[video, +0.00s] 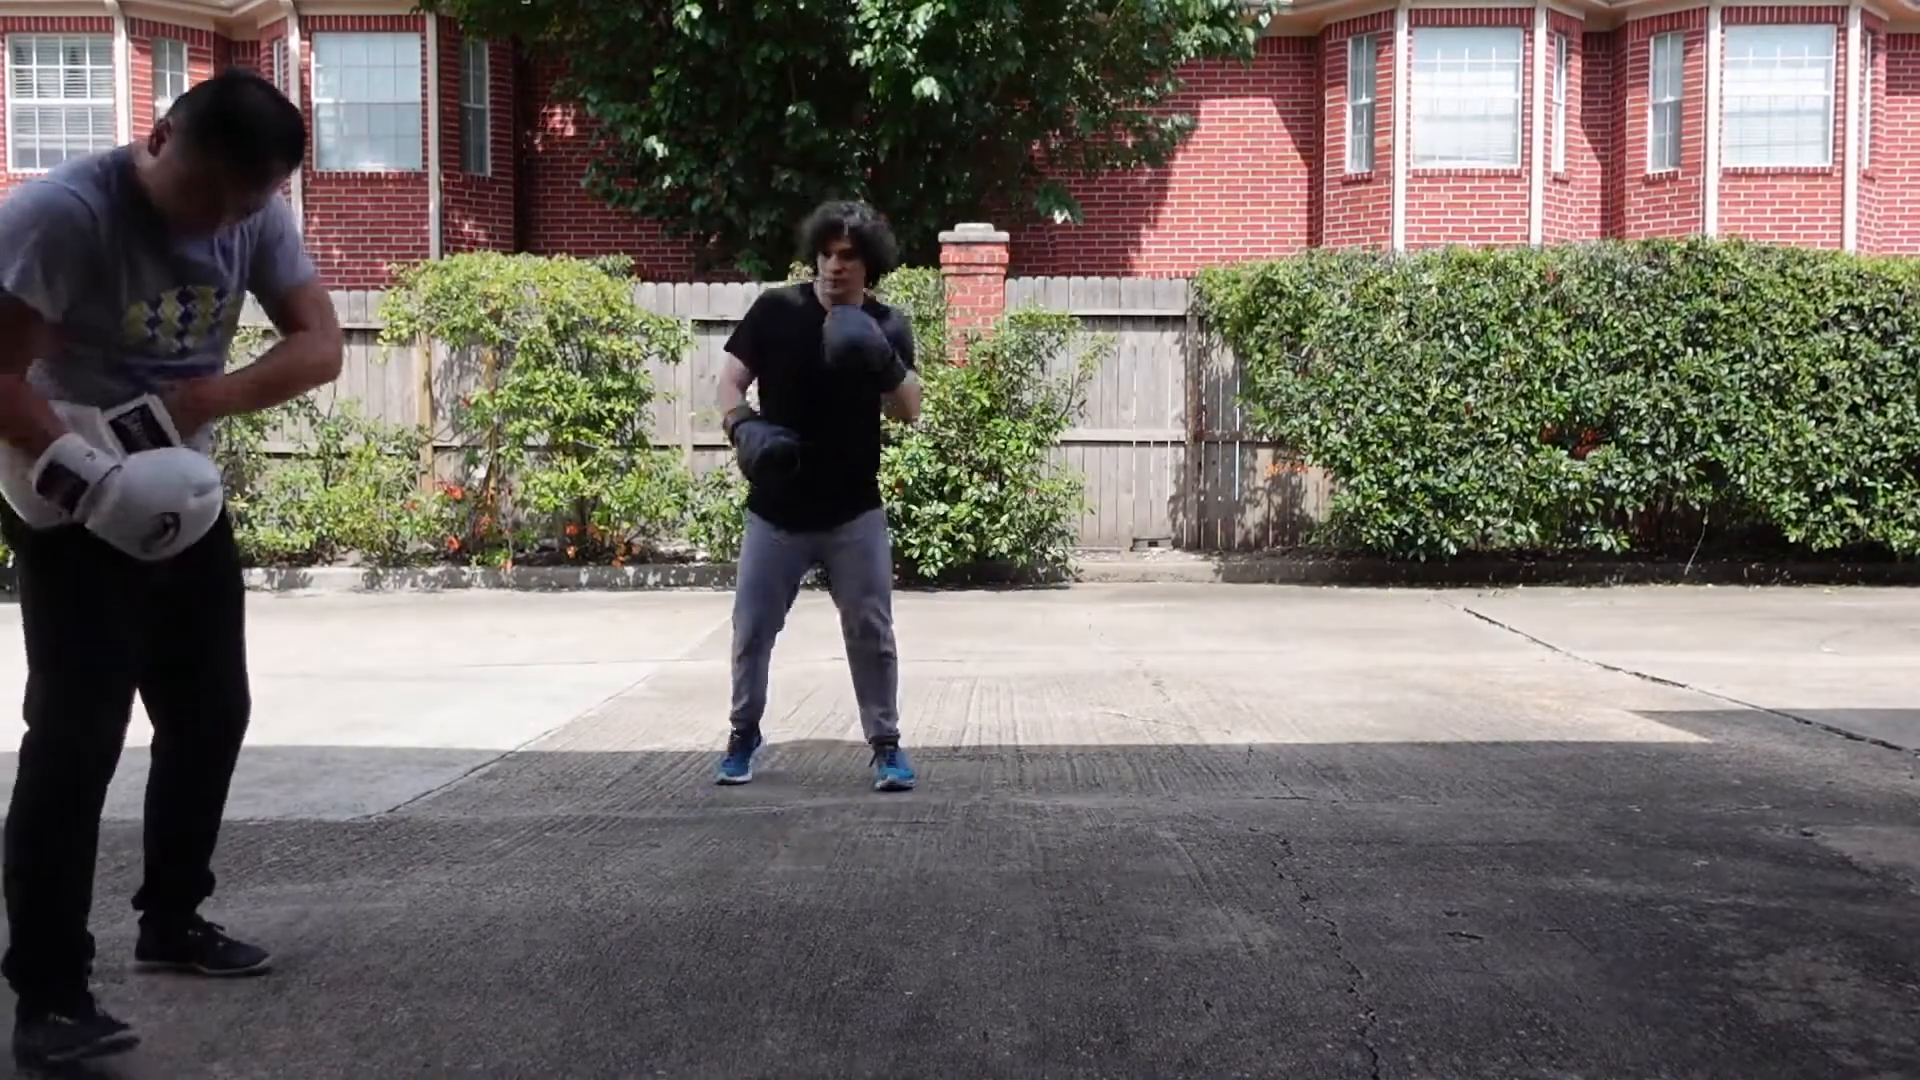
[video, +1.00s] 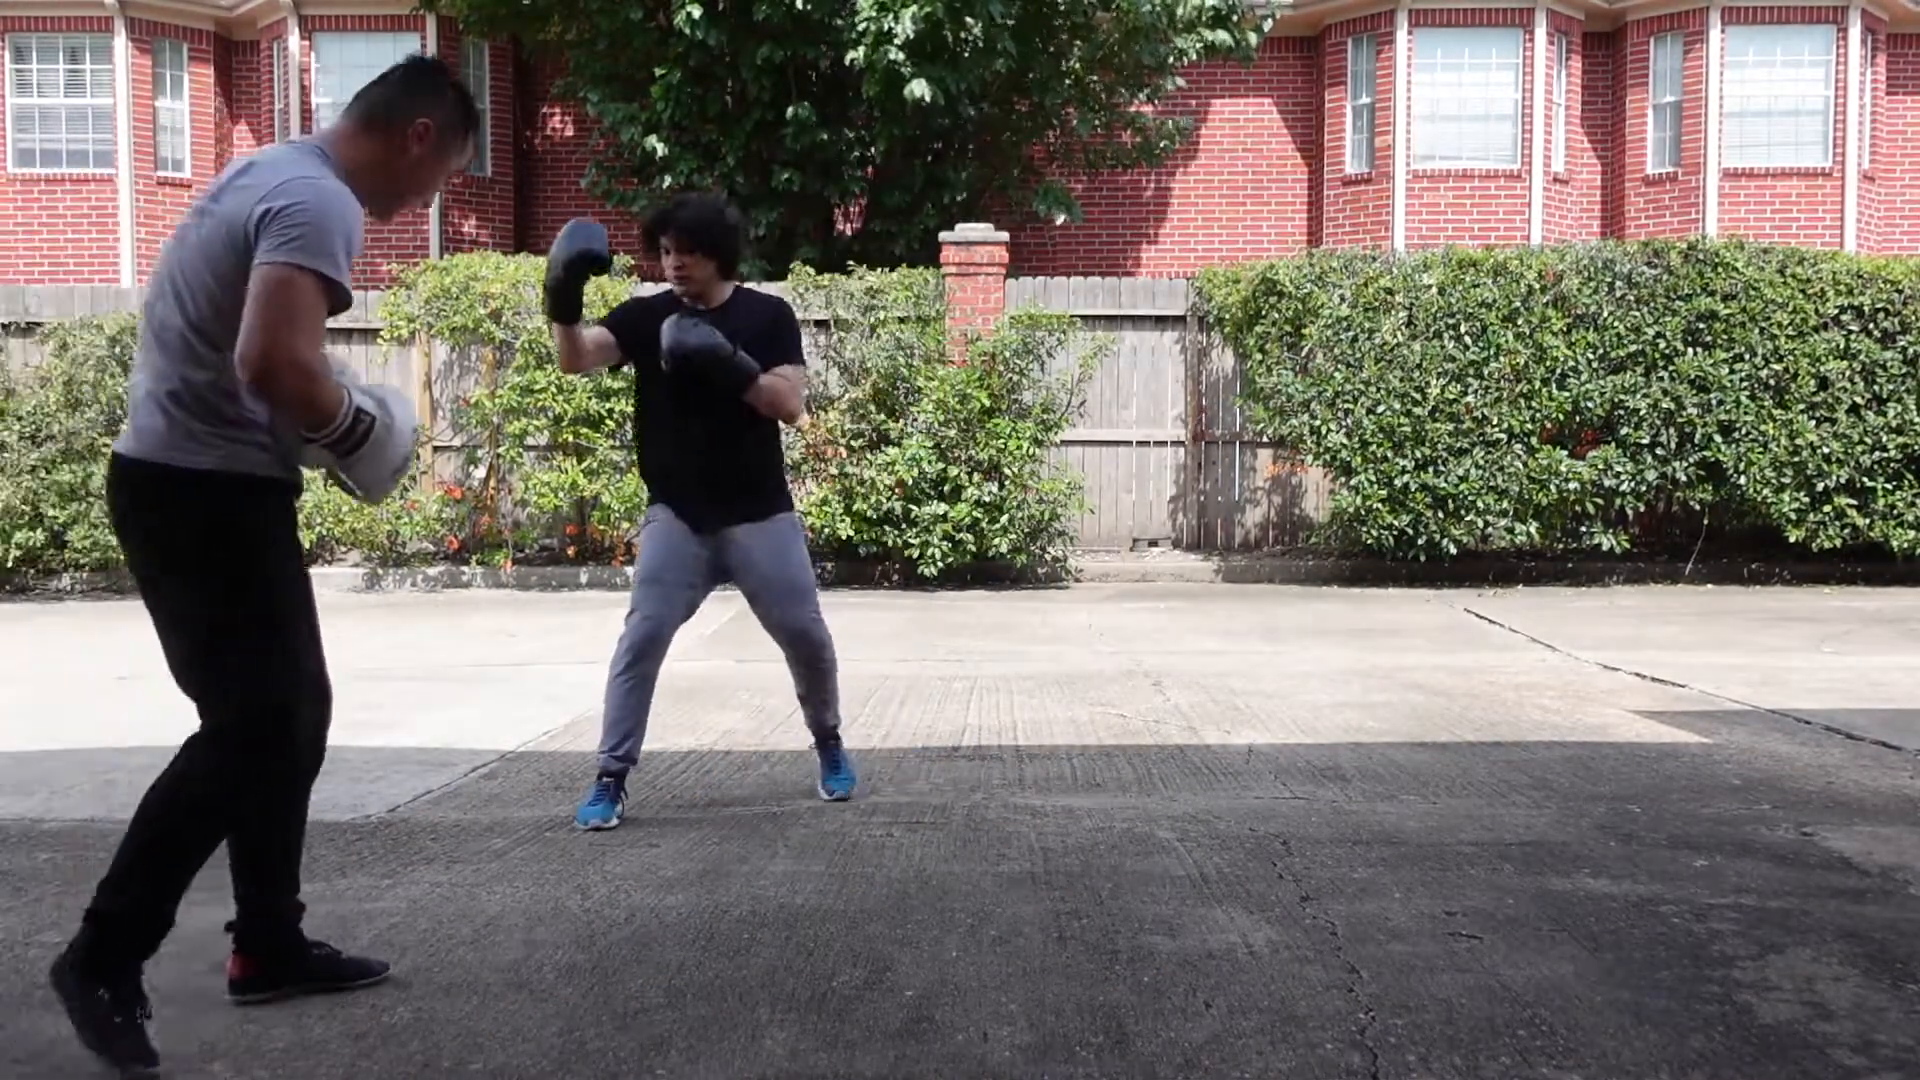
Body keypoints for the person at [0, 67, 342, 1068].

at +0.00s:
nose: (231, 218)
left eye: (249, 202)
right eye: (219, 197)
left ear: (264, 182)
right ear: (169, 143)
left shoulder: (256, 211)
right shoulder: (59, 213)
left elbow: (319, 347)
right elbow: (5, 371)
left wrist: (197, 401)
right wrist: (86, 473)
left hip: (187, 508)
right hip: (70, 514)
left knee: (210, 717)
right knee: (72, 746)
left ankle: (170, 919)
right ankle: (48, 999)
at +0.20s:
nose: (234, 239)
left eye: (252, 222)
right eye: (226, 216)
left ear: (275, 196)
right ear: (175, 154)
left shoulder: (252, 212)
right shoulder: (55, 213)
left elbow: (296, 314)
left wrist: (238, 381)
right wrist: (37, 460)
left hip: (152, 484)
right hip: (37, 487)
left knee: (192, 707)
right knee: (68, 739)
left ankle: (167, 916)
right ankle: (44, 1011)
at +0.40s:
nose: (281, 227)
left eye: (297, 207)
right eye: (279, 202)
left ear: (250, 155)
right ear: (231, 148)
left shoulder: (246, 204)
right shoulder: (83, 202)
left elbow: (268, 311)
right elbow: (0, 352)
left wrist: (209, 370)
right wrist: (90, 429)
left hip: (129, 472)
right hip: (25, 474)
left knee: (176, 705)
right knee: (59, 733)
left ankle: (146, 919)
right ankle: (40, 1008)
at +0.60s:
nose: (351, 209)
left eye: (363, 191)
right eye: (352, 183)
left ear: (293, 145)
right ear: (290, 140)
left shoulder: (249, 215)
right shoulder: (144, 203)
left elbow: (257, 323)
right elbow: (21, 332)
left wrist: (245, 405)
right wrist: (131, 431)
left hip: (126, 479)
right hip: (36, 476)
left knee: (173, 709)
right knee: (63, 732)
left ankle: (164, 937)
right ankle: (40, 1011)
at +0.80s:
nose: (412, 188)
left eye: (421, 164)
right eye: (413, 161)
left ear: (351, 139)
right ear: (362, 142)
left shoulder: (277, 215)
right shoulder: (233, 207)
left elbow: (232, 339)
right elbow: (115, 353)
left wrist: (270, 412)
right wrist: (216, 429)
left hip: (157, 490)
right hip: (88, 489)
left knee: (214, 727)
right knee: (112, 739)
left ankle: (261, 949)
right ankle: (46, 1017)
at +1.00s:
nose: (438, 193)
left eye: (447, 175)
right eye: (446, 169)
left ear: (382, 118)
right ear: (418, 133)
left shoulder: (281, 175)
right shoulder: (311, 197)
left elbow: (255, 350)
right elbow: (273, 360)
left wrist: (345, 411)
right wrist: (354, 430)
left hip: (223, 483)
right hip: (201, 488)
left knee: (293, 713)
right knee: (255, 723)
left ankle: (268, 944)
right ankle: (99, 962)